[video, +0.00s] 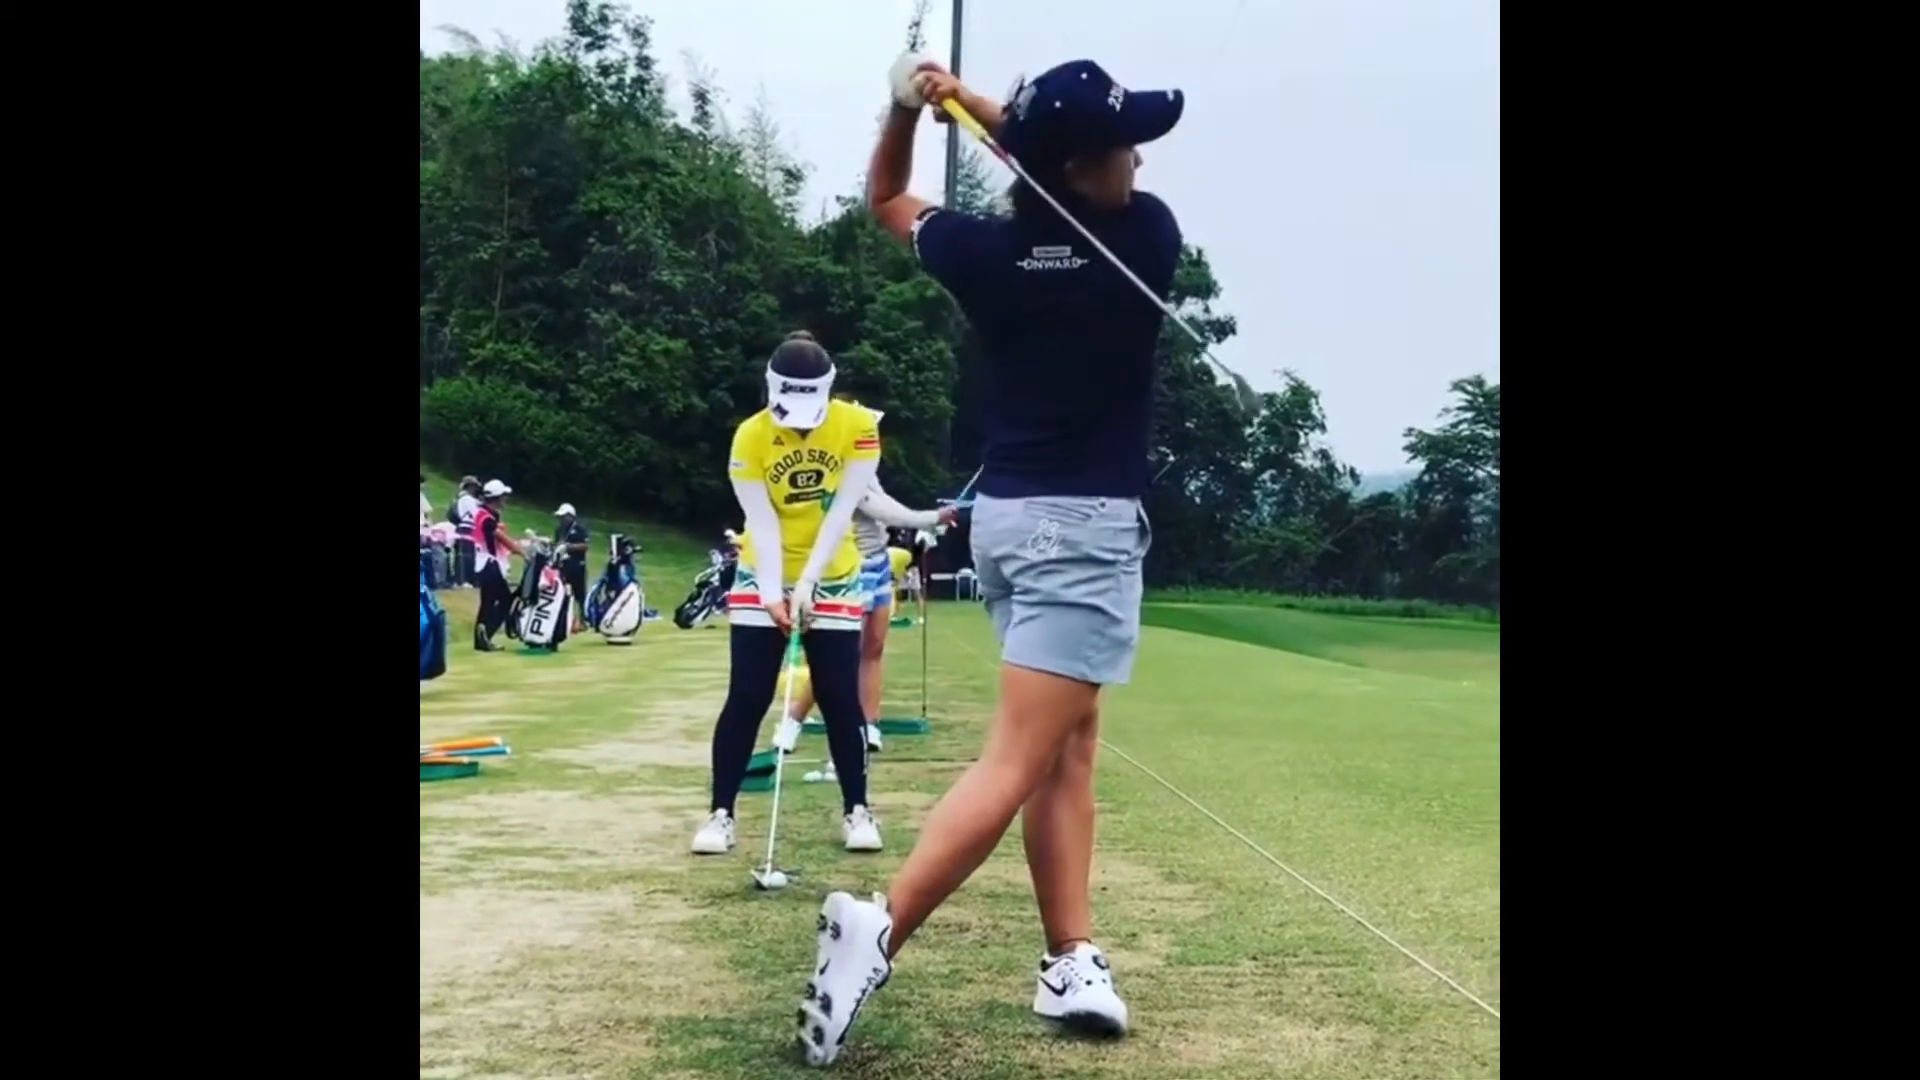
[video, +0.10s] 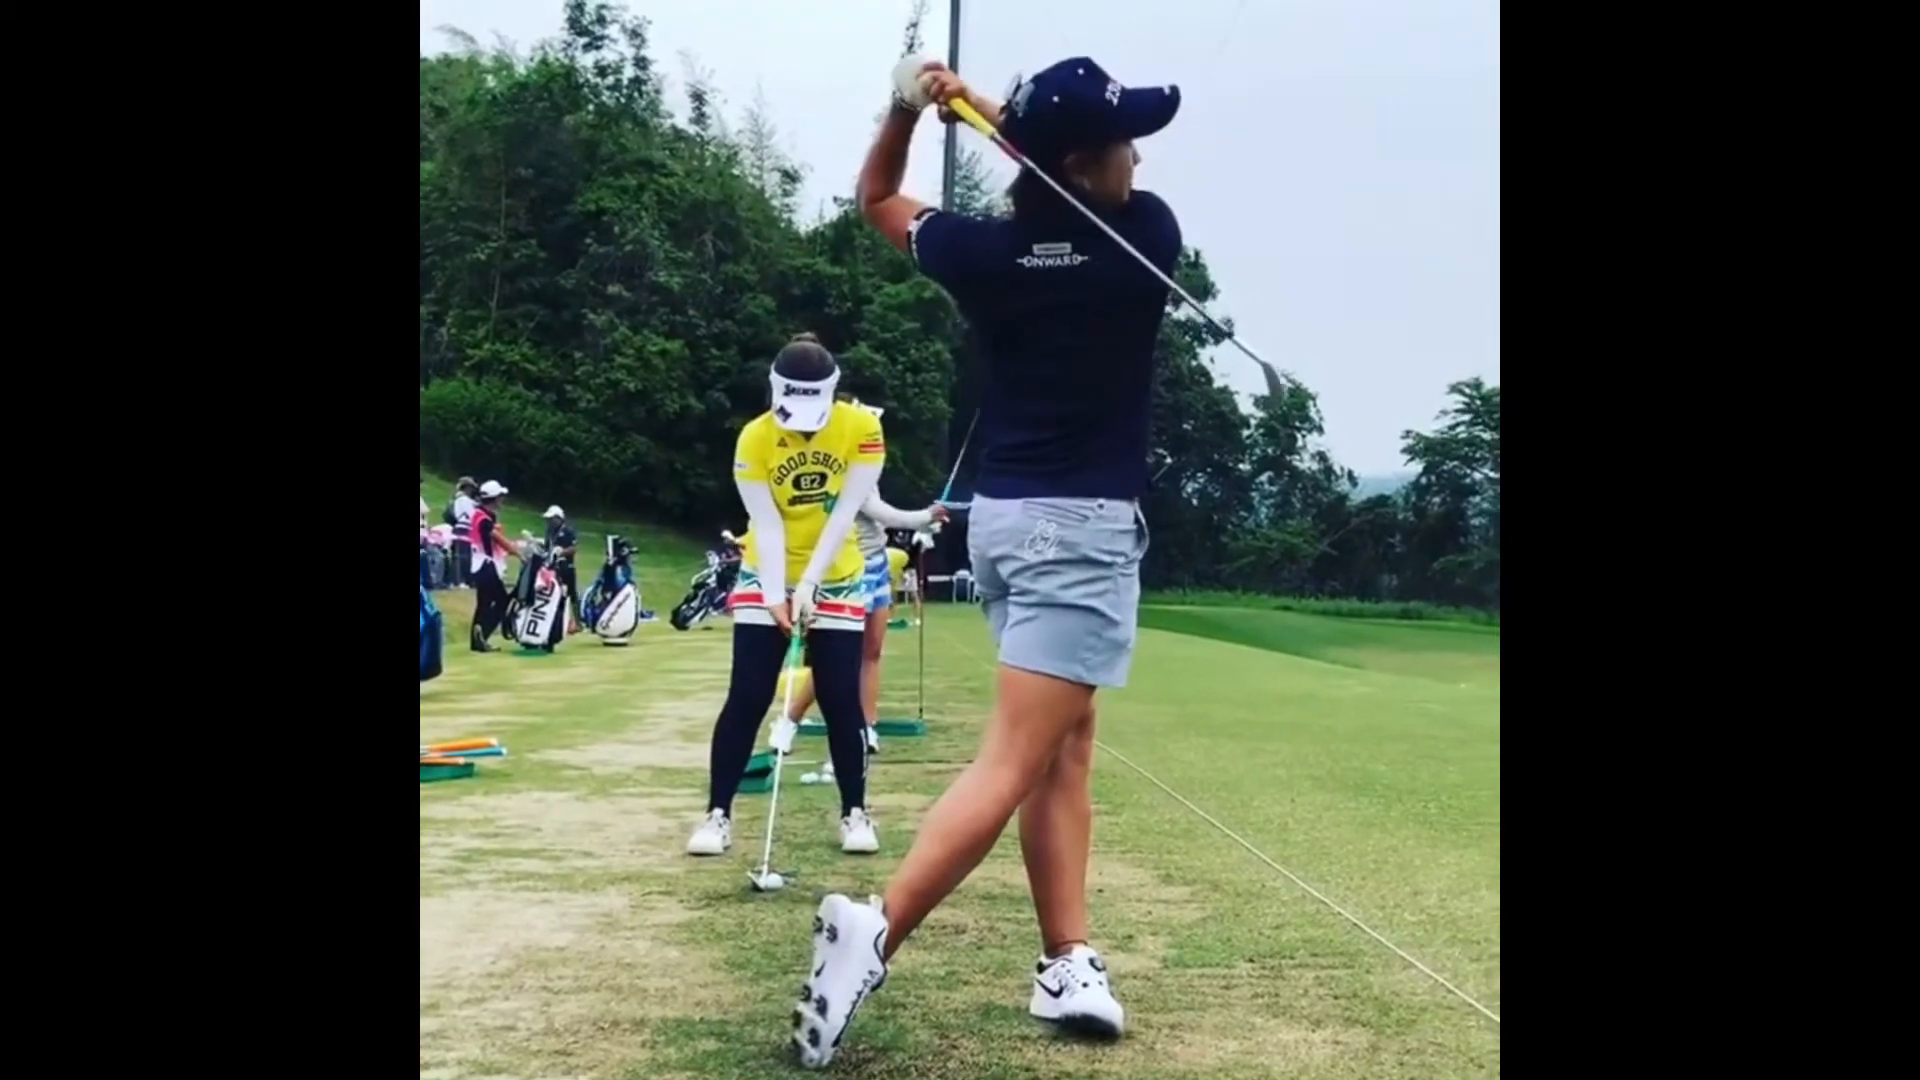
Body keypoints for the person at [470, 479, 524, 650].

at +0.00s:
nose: (505, 501)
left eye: (505, 497)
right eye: (503, 497)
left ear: (489, 498)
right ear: (495, 498)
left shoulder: (482, 515)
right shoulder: (488, 519)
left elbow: (501, 537)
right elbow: (505, 541)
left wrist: (519, 547)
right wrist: (523, 552)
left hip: (483, 559)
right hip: (489, 562)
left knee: (487, 599)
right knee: (506, 597)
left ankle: (481, 638)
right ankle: (487, 630)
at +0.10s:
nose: (502, 501)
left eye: (501, 497)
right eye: (499, 498)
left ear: (485, 498)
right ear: (492, 499)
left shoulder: (479, 516)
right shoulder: (485, 520)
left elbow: (497, 539)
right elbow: (501, 541)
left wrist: (515, 547)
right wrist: (519, 552)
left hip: (480, 560)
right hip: (486, 563)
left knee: (484, 601)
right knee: (502, 598)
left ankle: (477, 639)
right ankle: (483, 631)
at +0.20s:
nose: (499, 502)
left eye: (499, 499)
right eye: (497, 499)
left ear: (483, 500)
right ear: (490, 500)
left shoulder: (477, 517)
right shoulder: (482, 521)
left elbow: (495, 541)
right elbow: (498, 543)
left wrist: (513, 550)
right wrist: (516, 553)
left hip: (477, 561)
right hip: (483, 564)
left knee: (481, 602)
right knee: (500, 599)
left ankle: (475, 641)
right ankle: (480, 632)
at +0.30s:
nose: (498, 504)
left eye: (498, 500)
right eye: (496, 501)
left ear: (481, 501)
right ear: (488, 502)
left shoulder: (475, 518)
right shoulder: (480, 523)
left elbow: (493, 541)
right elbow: (497, 544)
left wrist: (511, 551)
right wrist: (515, 555)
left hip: (475, 562)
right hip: (481, 565)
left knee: (480, 603)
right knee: (498, 600)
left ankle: (473, 642)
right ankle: (479, 633)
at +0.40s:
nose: (497, 505)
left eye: (497, 501)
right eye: (494, 501)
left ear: (480, 502)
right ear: (487, 502)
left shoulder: (474, 519)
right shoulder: (479, 524)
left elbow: (491, 542)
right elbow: (493, 544)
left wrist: (506, 555)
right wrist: (510, 555)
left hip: (474, 563)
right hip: (480, 566)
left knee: (479, 604)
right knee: (497, 601)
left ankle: (472, 643)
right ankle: (478, 635)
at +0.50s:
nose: (496, 506)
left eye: (496, 502)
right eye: (494, 503)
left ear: (480, 503)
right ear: (486, 504)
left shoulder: (476, 521)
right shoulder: (479, 525)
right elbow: (495, 546)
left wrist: (508, 556)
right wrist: (514, 559)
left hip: (476, 565)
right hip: (479, 568)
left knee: (478, 606)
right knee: (497, 603)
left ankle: (472, 644)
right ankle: (477, 636)